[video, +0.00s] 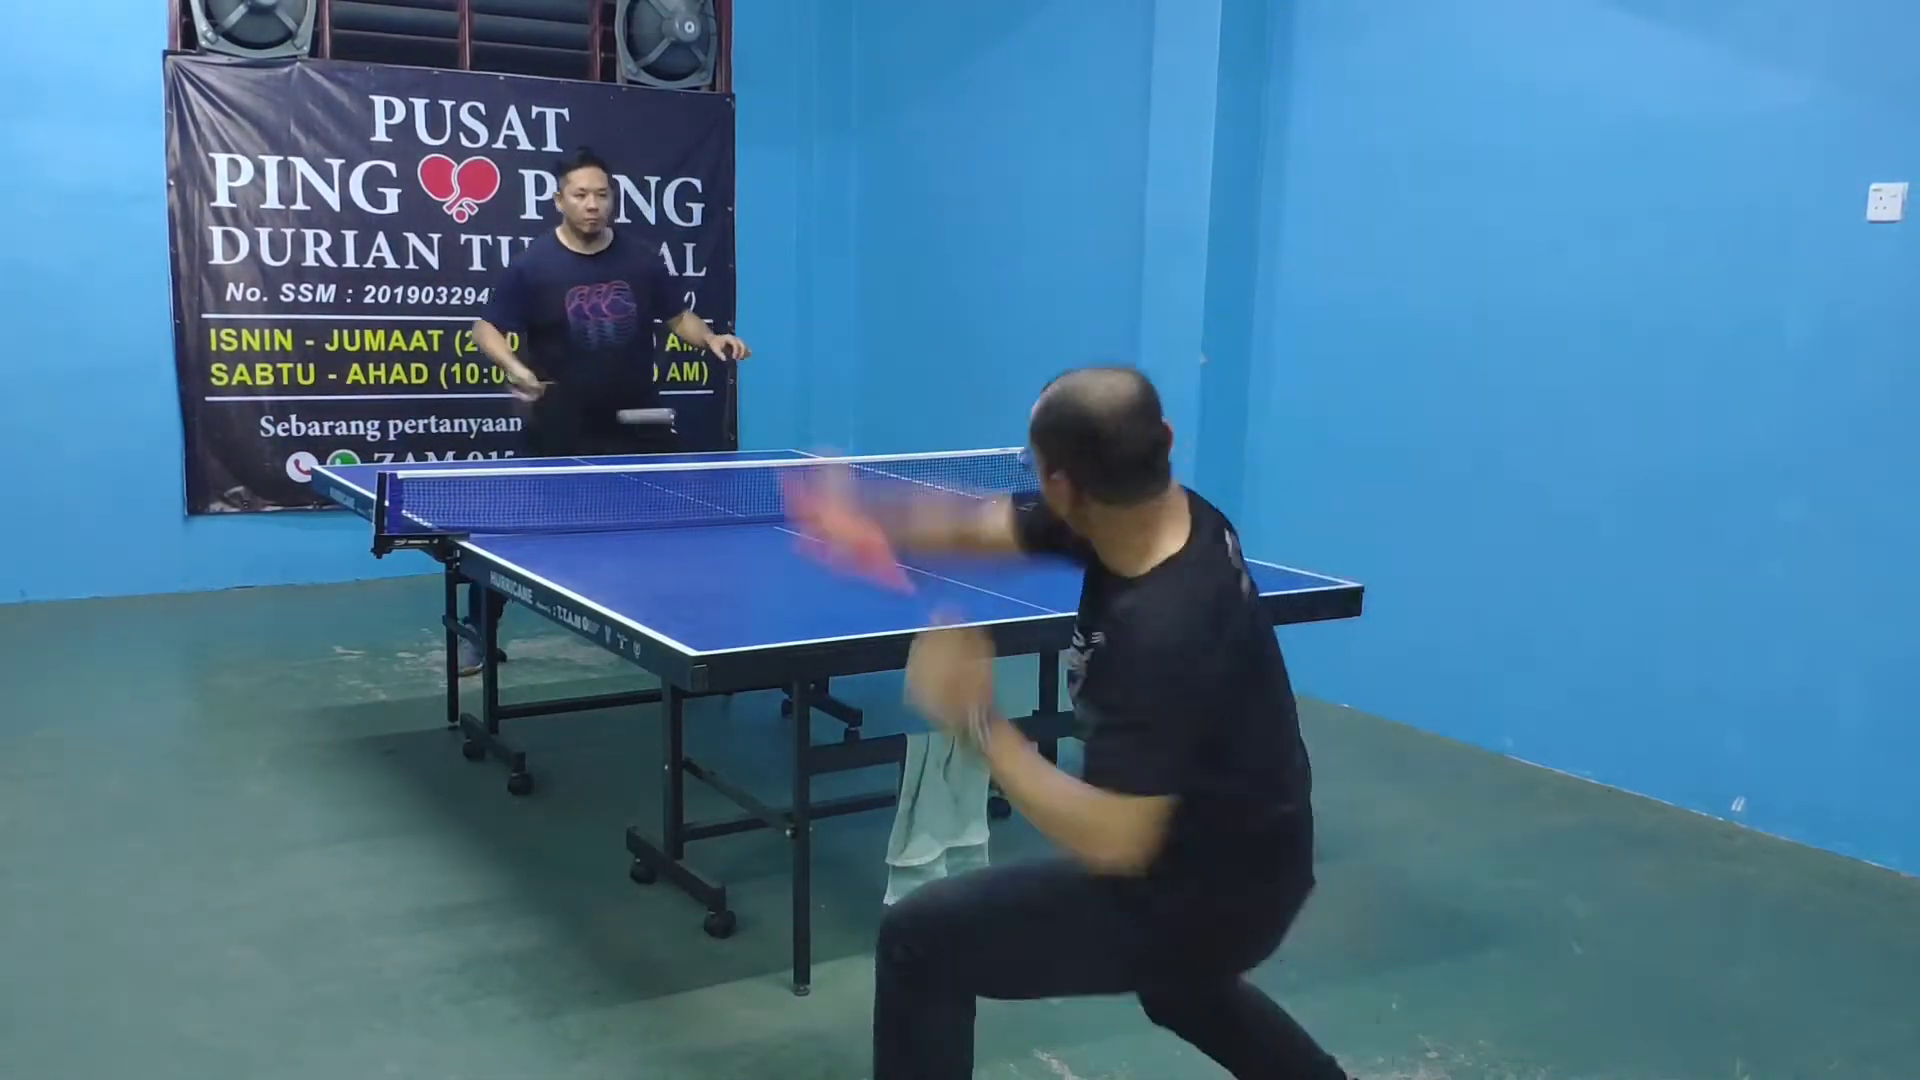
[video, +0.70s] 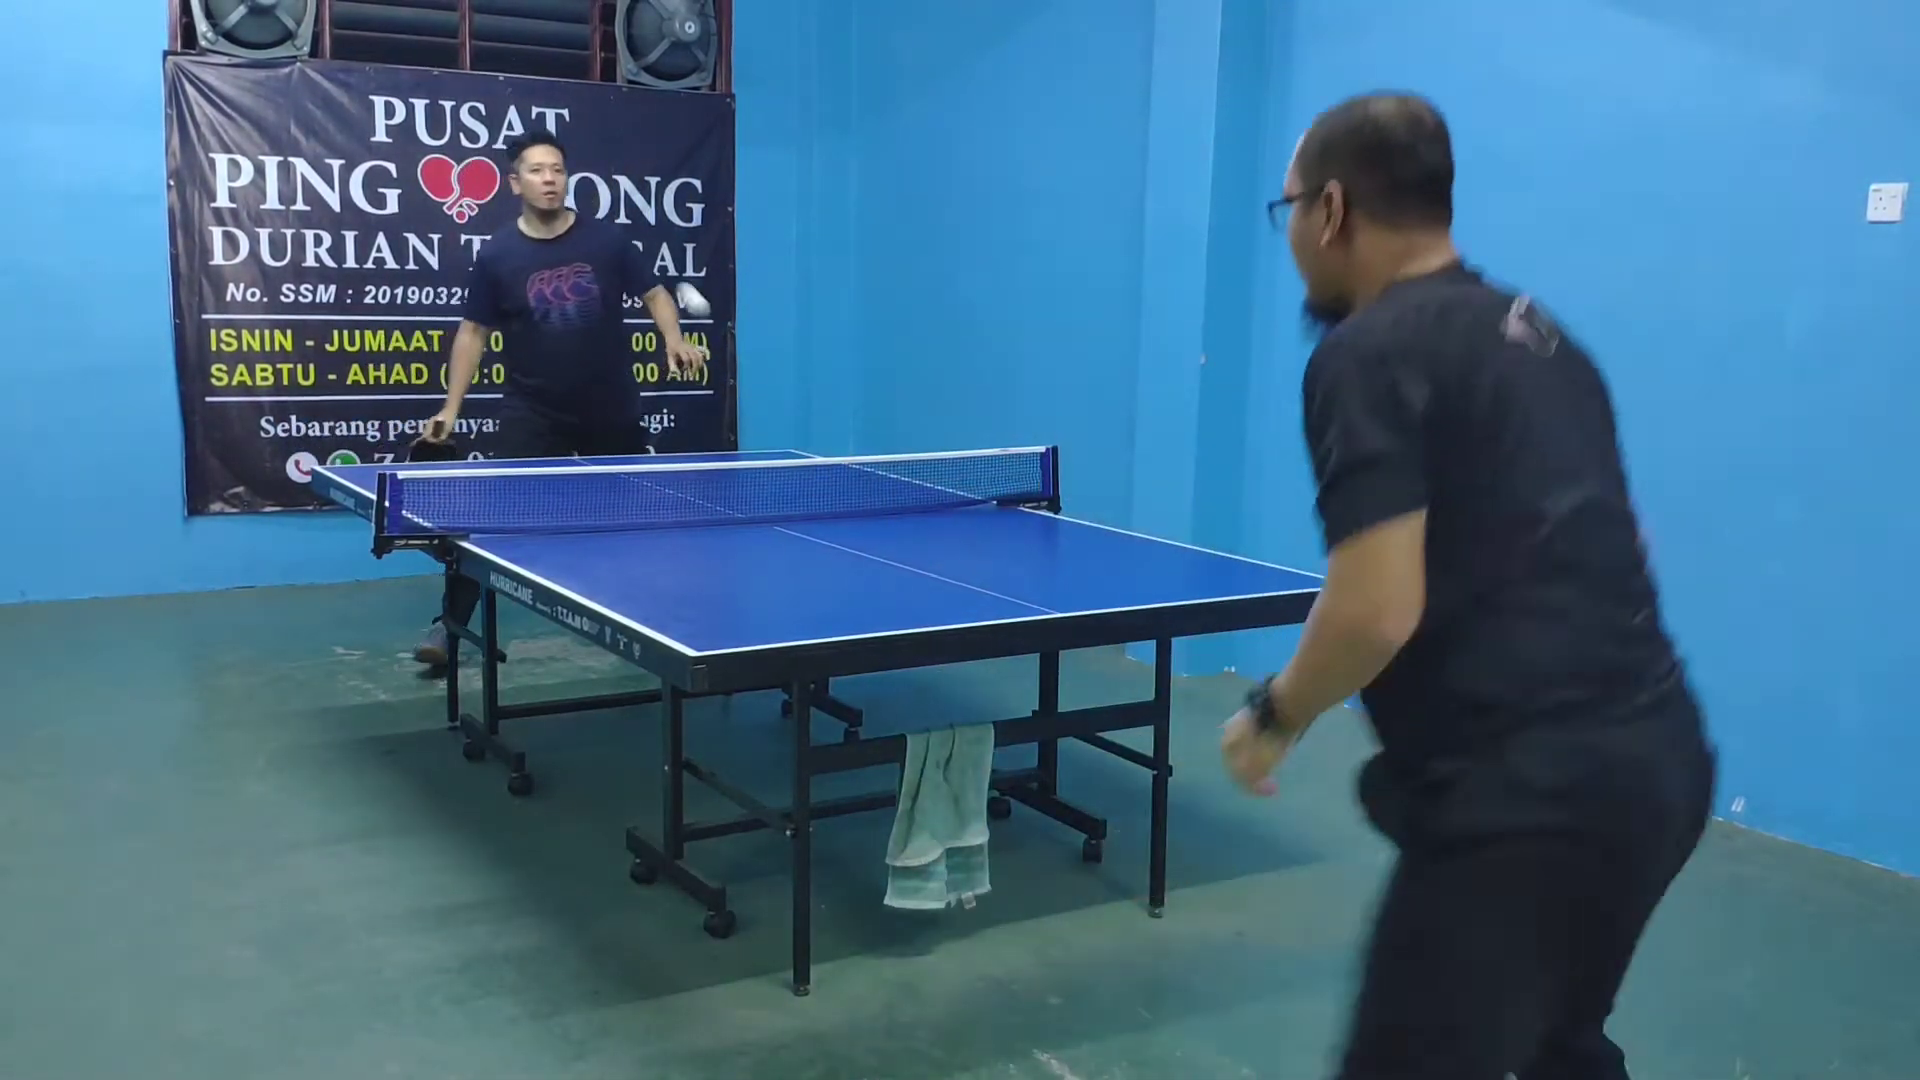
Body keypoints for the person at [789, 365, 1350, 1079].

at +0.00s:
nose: (1035, 478)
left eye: (1039, 465)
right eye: (1040, 465)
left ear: (1064, 485)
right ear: (1162, 445)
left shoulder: (1166, 628)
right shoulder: (1164, 516)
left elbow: (1118, 840)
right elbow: (980, 525)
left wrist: (982, 722)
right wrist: (872, 520)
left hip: (1198, 903)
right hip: (1245, 862)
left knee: (920, 937)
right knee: (1182, 990)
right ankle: (1315, 1071)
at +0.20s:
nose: (1098, 264)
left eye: (1102, 241)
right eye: (1098, 242)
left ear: (1135, 254)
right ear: (1217, 243)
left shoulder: (1260, 390)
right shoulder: (1195, 373)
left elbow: (1460, 515)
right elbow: (1190, 540)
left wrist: (1469, 726)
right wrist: (1097, 641)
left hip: (1273, 760)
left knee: (1071, 980)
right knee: (1332, 928)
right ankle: (1364, 1067)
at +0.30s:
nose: (1154, 215)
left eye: (1159, 192)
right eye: (1158, 191)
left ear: (1189, 211)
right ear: (1284, 201)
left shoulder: (1273, 362)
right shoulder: (1310, 321)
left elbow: (1434, 544)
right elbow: (1293, 520)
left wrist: (1386, 763)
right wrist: (1168, 611)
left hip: (1297, 751)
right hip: (1379, 720)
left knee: (1116, 994)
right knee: (1375, 911)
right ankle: (1467, 1066)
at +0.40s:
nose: (1217, 273)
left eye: (1219, 248)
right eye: (1217, 249)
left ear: (1254, 261)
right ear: (1347, 253)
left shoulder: (1304, 430)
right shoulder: (1415, 381)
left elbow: (1362, 661)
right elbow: (1425, 591)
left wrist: (1233, 831)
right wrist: (1239, 635)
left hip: (1366, 818)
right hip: (1468, 778)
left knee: (1185, 1060)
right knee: (1419, 954)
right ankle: (1547, 1070)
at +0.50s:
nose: (1248, 342)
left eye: (1252, 318)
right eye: (1250, 318)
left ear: (1290, 337)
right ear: (1388, 335)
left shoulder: (1323, 511)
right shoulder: (1456, 459)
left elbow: (1299, 767)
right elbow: (1455, 684)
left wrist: (1152, 856)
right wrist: (1292, 735)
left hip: (1416, 905)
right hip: (1536, 874)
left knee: (1193, 1070)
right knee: (1480, 1051)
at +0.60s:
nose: (1271, 318)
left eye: (1274, 291)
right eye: (1271, 293)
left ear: (1314, 302)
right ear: (1417, 295)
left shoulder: (1341, 460)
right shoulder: (1502, 423)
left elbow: (1322, 710)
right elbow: (1516, 643)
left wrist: (1200, 798)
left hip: (1447, 880)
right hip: (1585, 851)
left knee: (1228, 1068)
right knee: (1527, 1039)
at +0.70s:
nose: (1289, 234)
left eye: (1291, 206)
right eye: (1289, 207)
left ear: (1335, 211)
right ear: (1436, 206)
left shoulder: (1368, 350)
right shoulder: (1535, 332)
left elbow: (1376, 606)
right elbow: (1576, 559)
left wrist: (1277, 715)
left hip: (1518, 792)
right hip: (1647, 767)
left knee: (1407, 1059)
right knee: (1559, 1042)